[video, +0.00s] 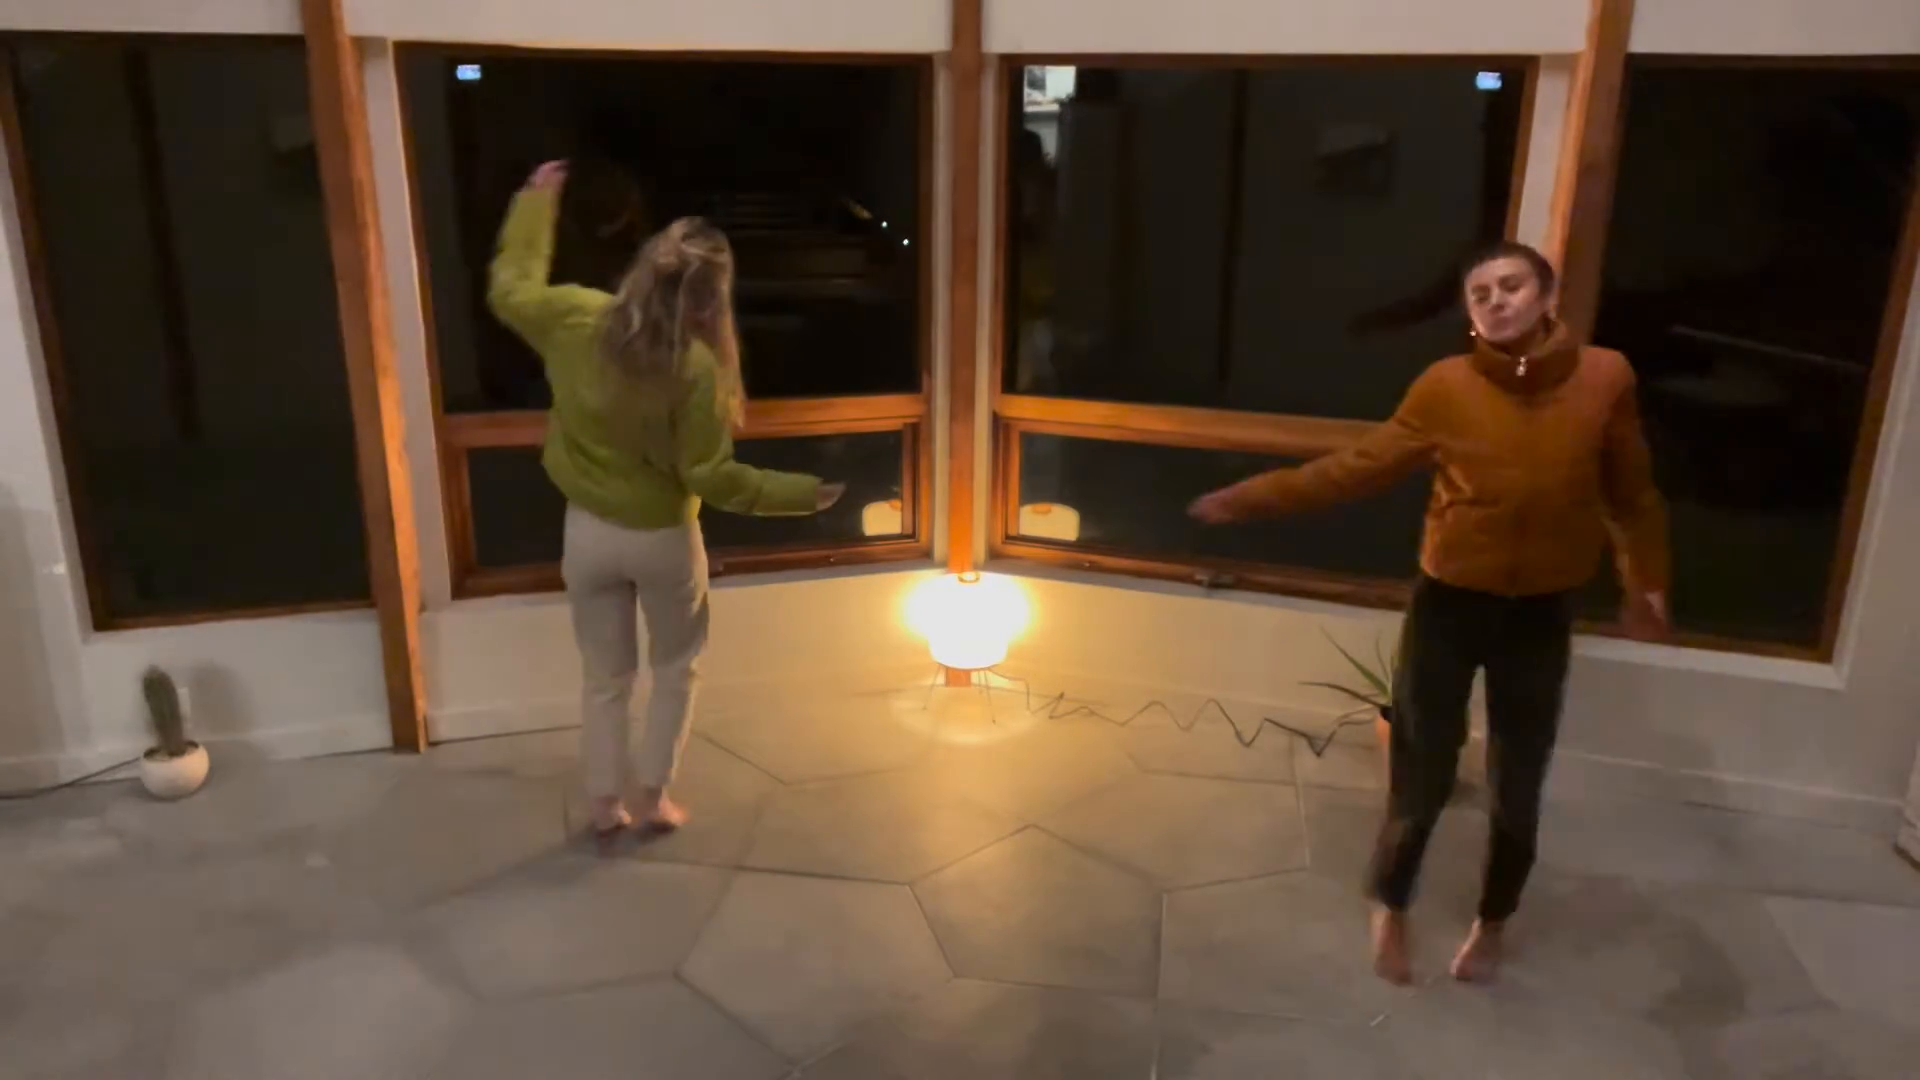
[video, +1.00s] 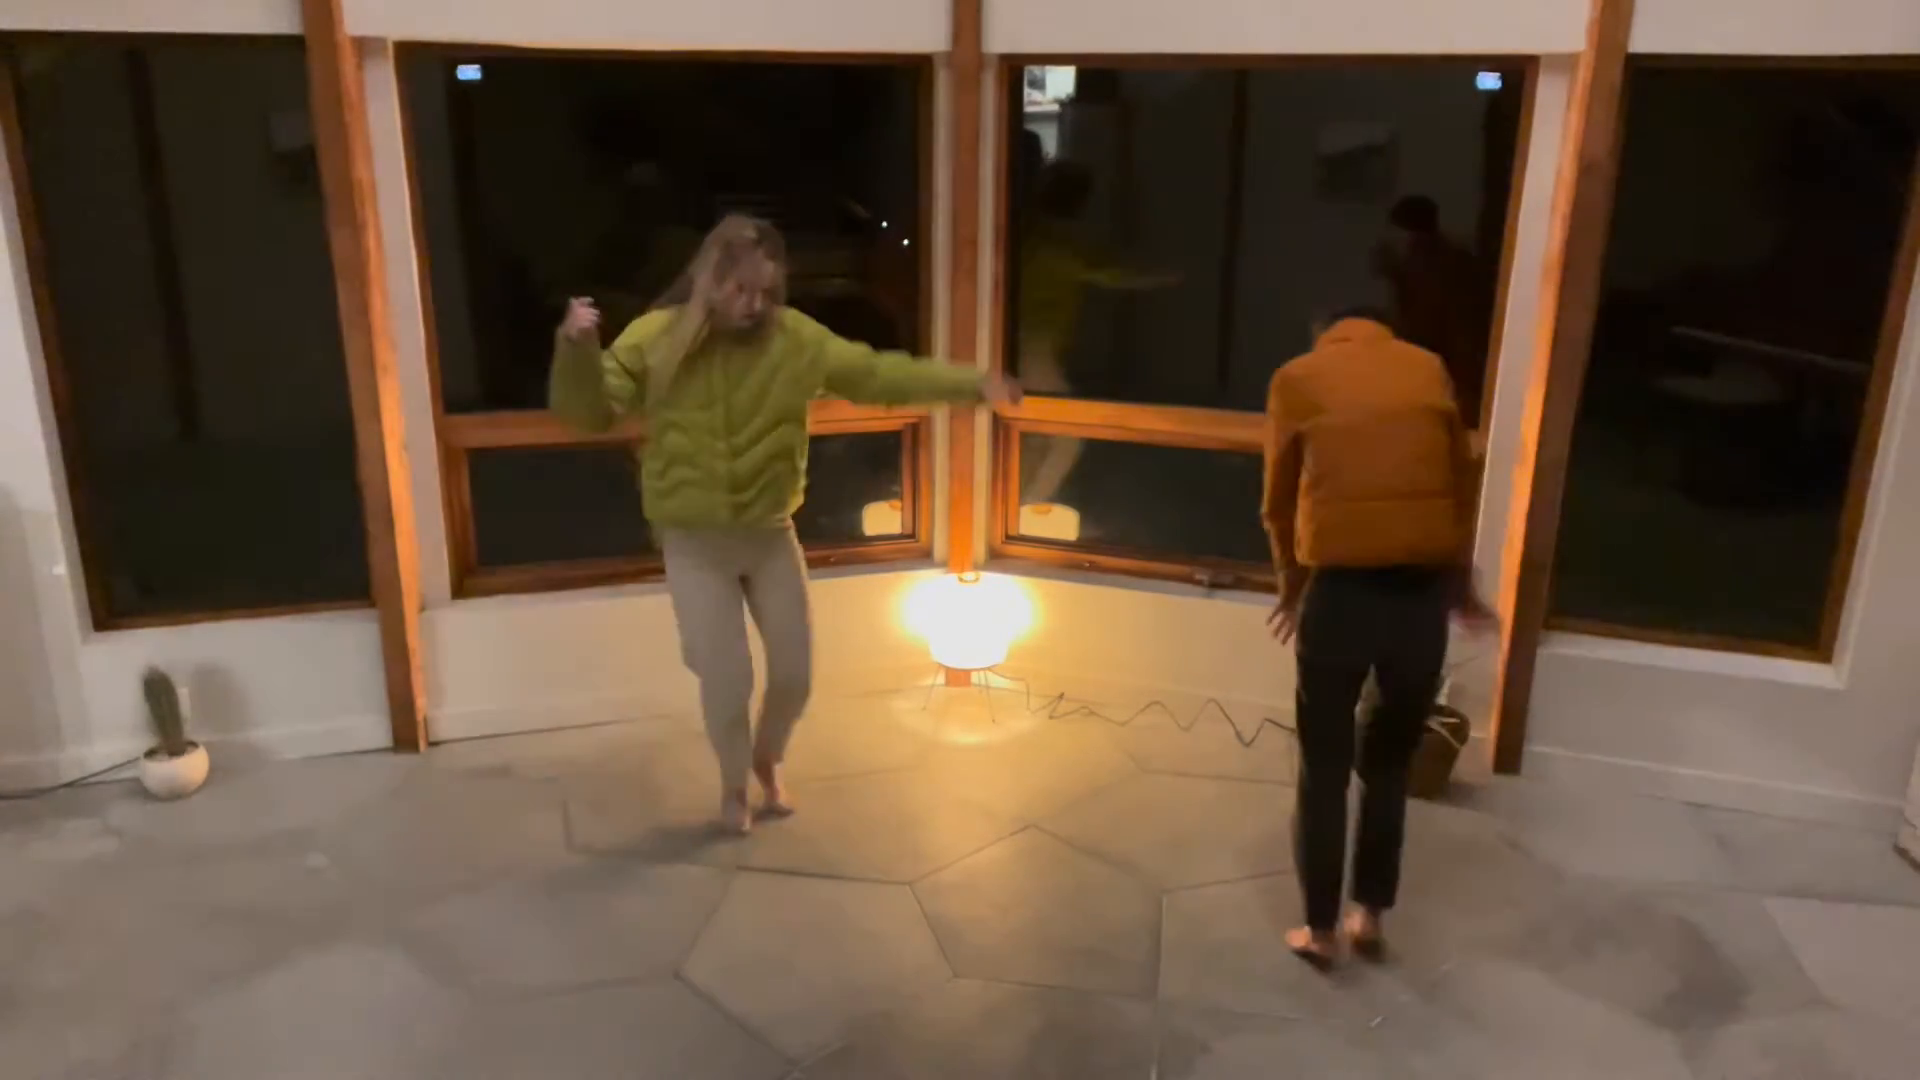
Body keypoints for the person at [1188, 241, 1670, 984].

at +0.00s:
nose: (1495, 303)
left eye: (1510, 287)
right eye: (1480, 295)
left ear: (1548, 294)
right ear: (1468, 312)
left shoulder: (1602, 378)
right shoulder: (1447, 388)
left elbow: (1634, 491)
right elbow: (1360, 465)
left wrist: (1647, 583)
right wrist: (1251, 497)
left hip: (1540, 607)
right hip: (1449, 601)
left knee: (1519, 781)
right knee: (1424, 774)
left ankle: (1492, 922)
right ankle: (1390, 907)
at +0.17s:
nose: (1525, 330)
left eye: (1535, 311)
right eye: (1505, 318)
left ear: (1552, 304)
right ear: (1470, 322)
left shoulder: (1579, 371)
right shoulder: (1441, 394)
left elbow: (1578, 476)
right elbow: (1355, 490)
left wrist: (1571, 560)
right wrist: (1243, 553)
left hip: (1510, 603)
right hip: (1438, 598)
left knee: (1480, 774)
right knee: (1415, 768)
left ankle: (1421, 896)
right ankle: (1372, 905)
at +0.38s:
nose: (1562, 366)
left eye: (1567, 348)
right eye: (1550, 348)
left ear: (1513, 340)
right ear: (1502, 336)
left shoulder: (1482, 381)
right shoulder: (1469, 401)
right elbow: (1422, 520)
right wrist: (1391, 623)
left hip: (1439, 593)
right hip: (1426, 599)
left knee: (1425, 768)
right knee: (1438, 780)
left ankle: (1394, 909)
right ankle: (1374, 924)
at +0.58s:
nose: (1533, 359)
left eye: (1539, 346)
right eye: (1533, 344)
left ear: (1477, 322)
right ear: (1504, 334)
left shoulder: (1414, 362)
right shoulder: (1477, 395)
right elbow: (1498, 531)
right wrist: (1527, 650)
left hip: (1354, 587)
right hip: (1414, 603)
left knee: (1351, 752)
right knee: (1426, 779)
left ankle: (1321, 911)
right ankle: (1367, 929)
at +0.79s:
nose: (1473, 333)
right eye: (1473, 322)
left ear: (1402, 310)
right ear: (1464, 322)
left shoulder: (1345, 364)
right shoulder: (1474, 383)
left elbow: (1311, 472)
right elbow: (1512, 515)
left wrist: (1336, 536)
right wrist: (1554, 620)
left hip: (1337, 586)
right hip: (1421, 598)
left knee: (1322, 746)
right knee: (1400, 764)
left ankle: (1314, 908)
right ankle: (1365, 928)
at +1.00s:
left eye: (1314, 330)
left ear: (1323, 328)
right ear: (1385, 324)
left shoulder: (1297, 378)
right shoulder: (1428, 368)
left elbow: (1278, 499)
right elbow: (1460, 479)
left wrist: (1290, 583)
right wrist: (1462, 576)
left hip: (1338, 590)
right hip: (1420, 593)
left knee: (1323, 759)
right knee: (1389, 756)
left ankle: (1320, 926)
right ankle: (1367, 912)